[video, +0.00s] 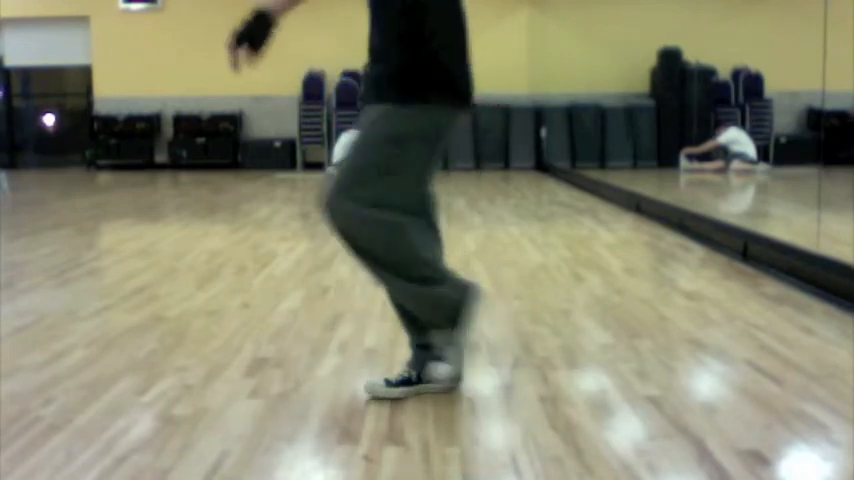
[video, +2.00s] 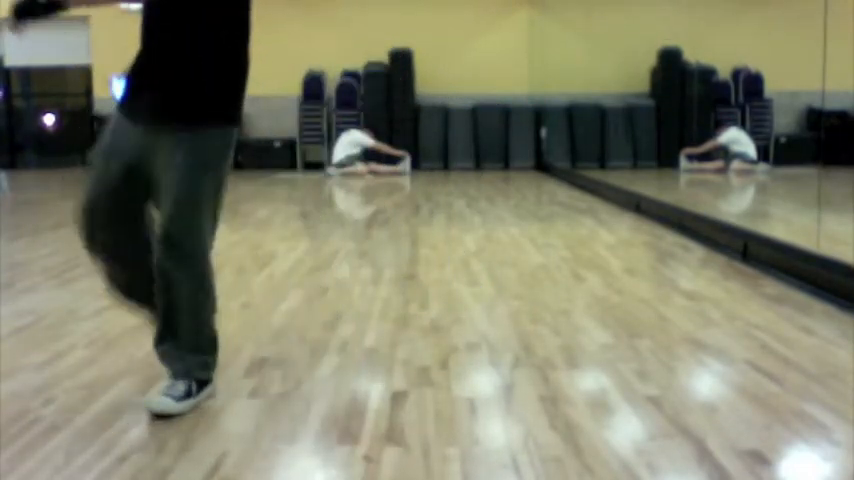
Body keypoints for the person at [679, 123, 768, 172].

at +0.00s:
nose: (719, 134)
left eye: (719, 132)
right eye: (718, 133)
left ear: (724, 128)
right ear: (727, 127)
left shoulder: (731, 132)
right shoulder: (732, 132)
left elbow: (710, 146)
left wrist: (688, 151)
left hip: (744, 159)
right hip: (734, 159)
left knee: (734, 167)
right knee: (716, 165)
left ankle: (755, 171)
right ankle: (696, 166)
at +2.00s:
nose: (719, 135)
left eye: (720, 133)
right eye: (719, 133)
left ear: (723, 129)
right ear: (727, 127)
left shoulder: (731, 132)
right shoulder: (733, 132)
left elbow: (710, 146)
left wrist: (688, 151)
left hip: (744, 159)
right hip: (735, 159)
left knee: (733, 169)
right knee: (715, 165)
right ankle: (692, 166)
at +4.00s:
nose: (720, 136)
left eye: (720, 134)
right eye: (719, 134)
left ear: (722, 130)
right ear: (726, 128)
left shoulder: (730, 133)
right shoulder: (734, 131)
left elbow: (705, 148)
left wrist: (687, 151)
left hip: (745, 161)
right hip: (737, 159)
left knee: (732, 167)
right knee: (717, 164)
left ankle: (755, 169)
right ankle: (693, 166)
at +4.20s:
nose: (720, 136)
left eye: (720, 134)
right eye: (719, 134)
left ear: (722, 130)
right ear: (726, 128)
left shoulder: (730, 133)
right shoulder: (734, 131)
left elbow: (705, 148)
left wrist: (687, 151)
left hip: (746, 161)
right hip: (737, 159)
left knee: (733, 167)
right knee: (717, 164)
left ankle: (755, 169)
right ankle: (693, 166)